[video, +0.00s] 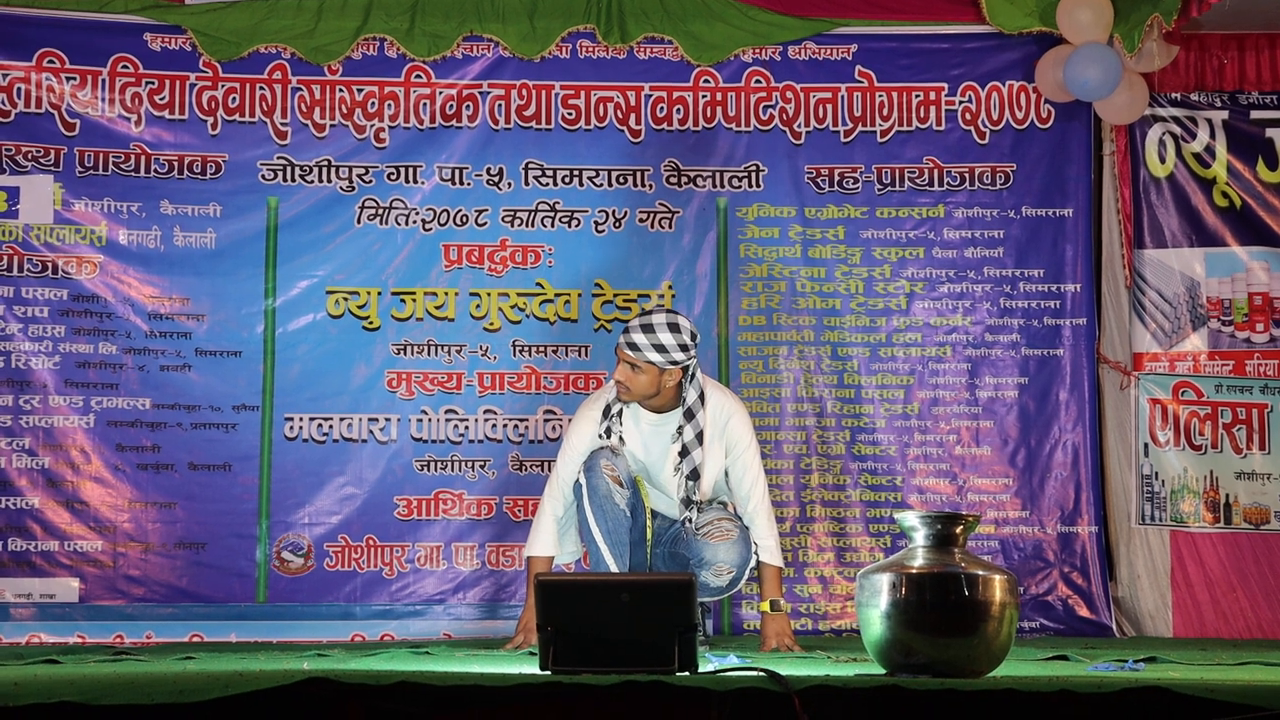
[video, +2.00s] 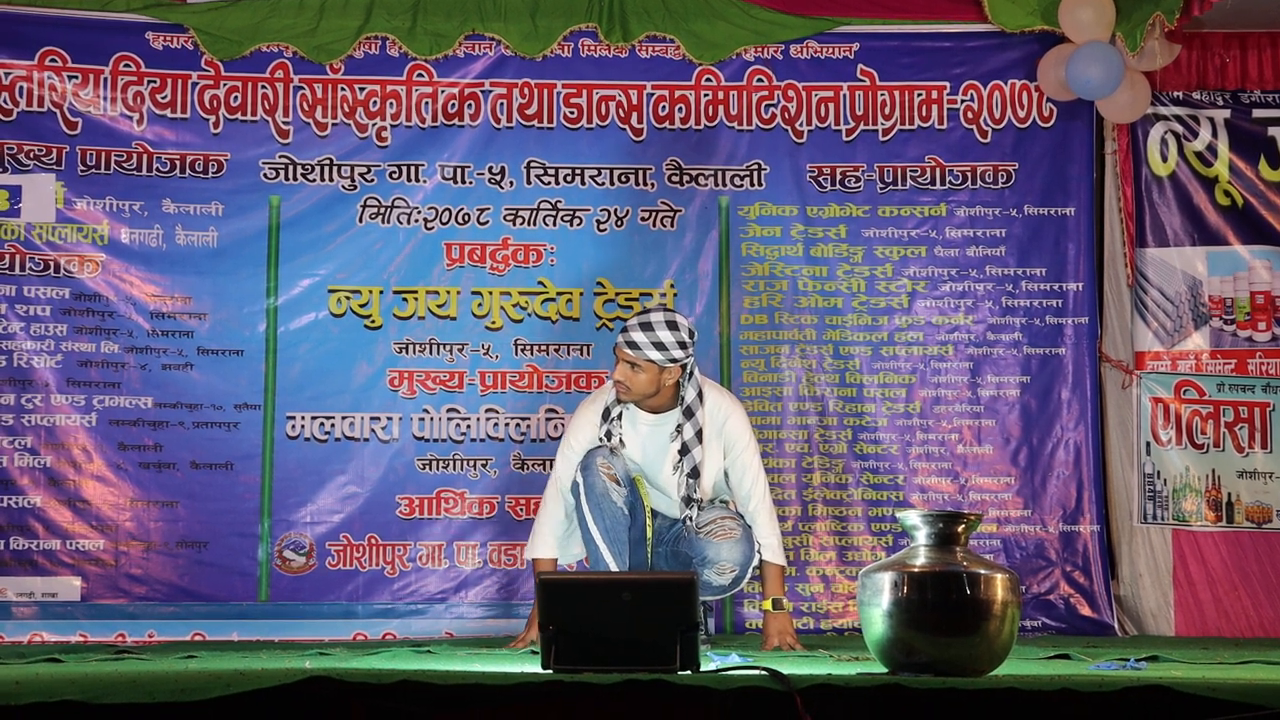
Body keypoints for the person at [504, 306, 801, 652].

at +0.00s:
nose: (617, 376)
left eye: (633, 368)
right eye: (618, 361)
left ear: (672, 376)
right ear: (617, 356)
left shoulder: (725, 414)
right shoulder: (598, 411)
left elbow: (758, 508)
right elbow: (554, 502)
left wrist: (774, 609)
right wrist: (534, 603)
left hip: (690, 540)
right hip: (627, 532)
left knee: (727, 549)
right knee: (602, 463)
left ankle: (690, 610)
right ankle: (618, 607)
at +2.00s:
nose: (616, 376)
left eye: (633, 368)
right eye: (617, 361)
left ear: (671, 373)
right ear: (615, 356)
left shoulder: (723, 413)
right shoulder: (596, 412)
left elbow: (760, 506)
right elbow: (555, 501)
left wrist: (776, 607)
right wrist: (543, 604)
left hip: (692, 535)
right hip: (629, 528)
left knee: (730, 549)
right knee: (598, 463)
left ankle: (687, 609)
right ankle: (622, 605)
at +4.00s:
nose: (622, 374)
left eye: (638, 368)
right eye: (623, 360)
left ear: (677, 375)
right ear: (620, 354)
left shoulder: (726, 414)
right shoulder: (598, 411)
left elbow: (761, 508)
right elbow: (558, 505)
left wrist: (777, 609)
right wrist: (541, 608)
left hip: (691, 541)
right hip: (628, 533)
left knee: (732, 545)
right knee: (603, 463)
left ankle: (689, 610)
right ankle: (620, 608)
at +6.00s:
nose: (623, 374)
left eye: (640, 366)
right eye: (624, 360)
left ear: (679, 373)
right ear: (622, 355)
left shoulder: (728, 414)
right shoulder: (601, 411)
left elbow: (763, 508)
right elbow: (559, 505)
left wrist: (777, 609)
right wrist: (542, 607)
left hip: (692, 540)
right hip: (630, 532)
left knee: (734, 544)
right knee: (604, 462)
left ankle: (690, 610)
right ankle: (619, 607)